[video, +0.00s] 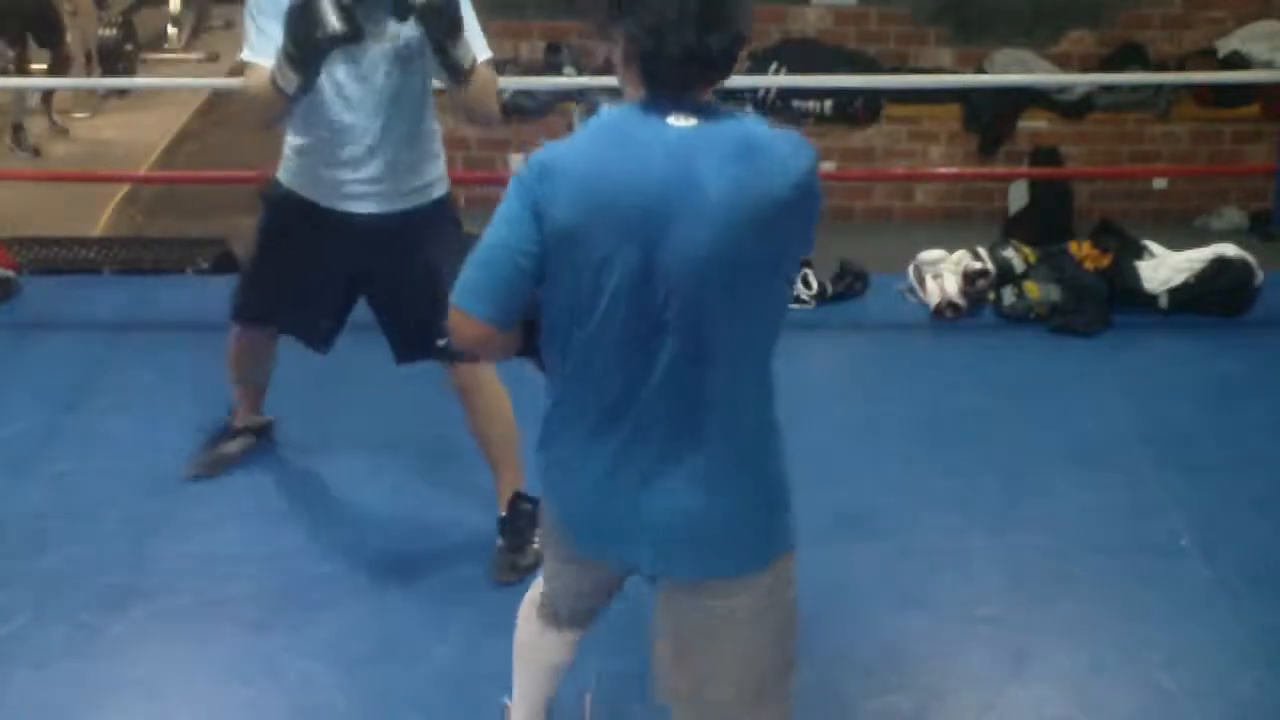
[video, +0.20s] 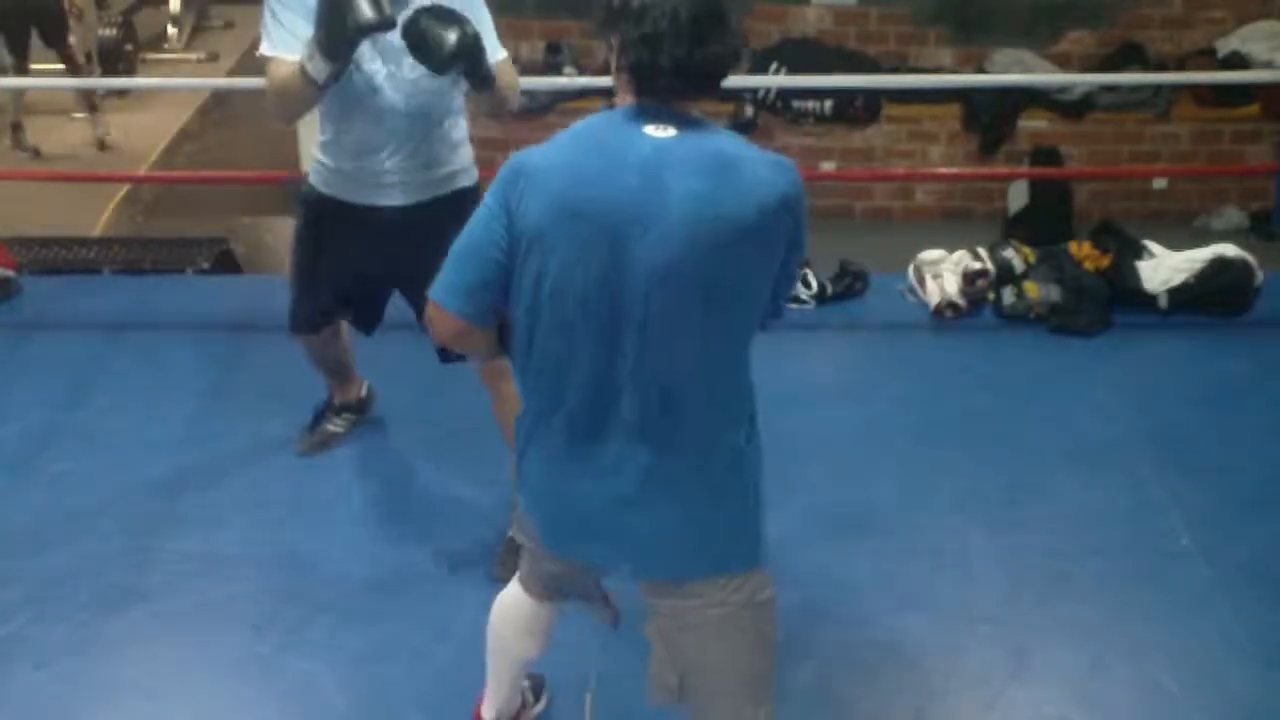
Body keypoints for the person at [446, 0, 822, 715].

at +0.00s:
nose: (605, 52)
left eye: (611, 37)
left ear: (623, 53)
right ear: (732, 54)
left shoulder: (556, 172)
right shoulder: (785, 170)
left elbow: (473, 330)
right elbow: (769, 283)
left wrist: (554, 330)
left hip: (589, 491)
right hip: (726, 507)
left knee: (556, 612)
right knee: (731, 704)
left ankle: (524, 710)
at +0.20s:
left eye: (612, 46)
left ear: (619, 63)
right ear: (724, 70)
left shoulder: (535, 173)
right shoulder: (770, 186)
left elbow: (450, 322)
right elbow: (760, 310)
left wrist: (533, 334)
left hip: (561, 488)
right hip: (700, 511)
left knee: (534, 589)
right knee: (729, 707)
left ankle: (498, 706)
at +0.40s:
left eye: (603, 36)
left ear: (612, 58)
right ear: (713, 68)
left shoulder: (530, 156)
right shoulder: (752, 185)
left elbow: (438, 293)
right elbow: (749, 310)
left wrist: (500, 310)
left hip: (530, 473)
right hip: (658, 499)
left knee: (521, 589)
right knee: (730, 702)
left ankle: (499, 706)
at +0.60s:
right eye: (764, 78)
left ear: (658, 74)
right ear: (756, 94)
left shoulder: (555, 162)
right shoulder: (780, 211)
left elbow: (456, 297)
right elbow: (776, 343)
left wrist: (527, 344)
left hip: (536, 488)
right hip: (668, 522)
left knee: (525, 606)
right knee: (712, 706)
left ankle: (500, 706)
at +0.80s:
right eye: (760, 77)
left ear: (645, 72)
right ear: (750, 92)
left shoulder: (556, 164)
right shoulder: (771, 210)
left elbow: (440, 277)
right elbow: (787, 333)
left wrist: (539, 303)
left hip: (538, 492)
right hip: (668, 525)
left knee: (544, 562)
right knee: (711, 705)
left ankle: (493, 684)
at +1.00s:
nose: (703, 60)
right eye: (697, 48)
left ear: (590, 43)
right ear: (681, 62)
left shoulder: (519, 112)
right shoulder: (678, 165)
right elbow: (737, 287)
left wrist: (504, 15)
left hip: (485, 440)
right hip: (601, 479)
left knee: (518, 533)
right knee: (662, 697)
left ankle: (496, 656)